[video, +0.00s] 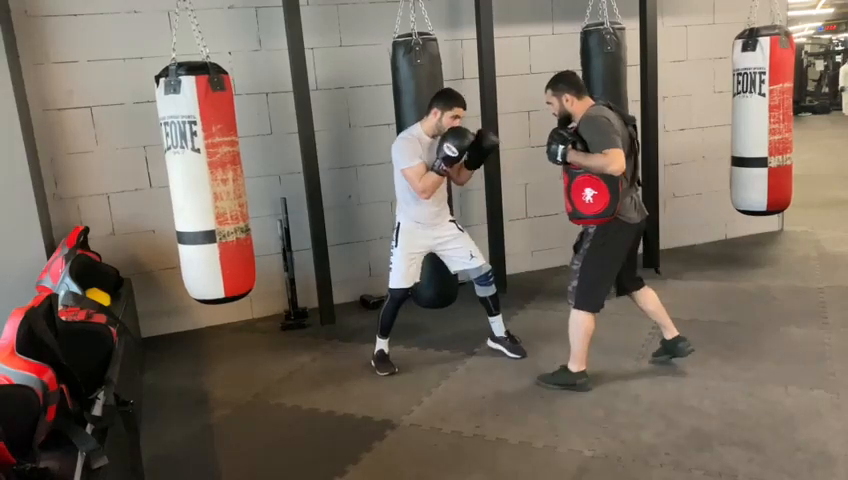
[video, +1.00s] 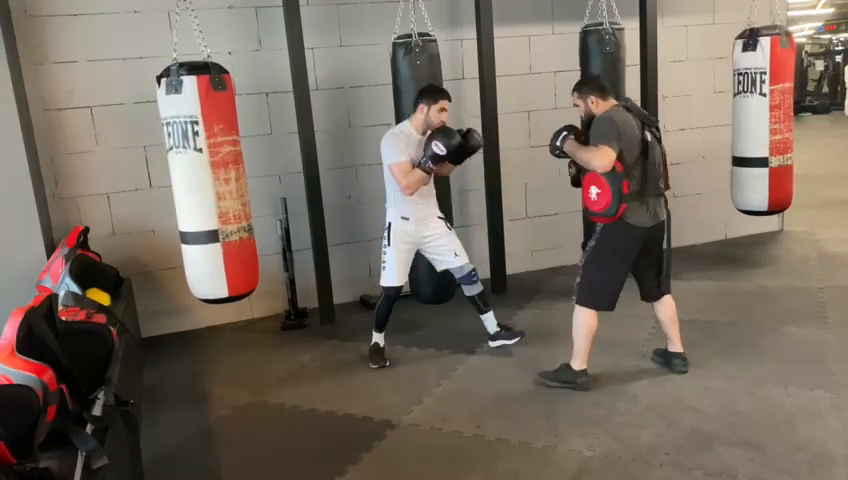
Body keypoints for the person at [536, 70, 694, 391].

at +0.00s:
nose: (551, 110)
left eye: (552, 103)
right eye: (549, 104)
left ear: (567, 98)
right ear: (575, 96)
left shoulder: (594, 121)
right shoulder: (602, 114)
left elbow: (614, 163)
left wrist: (571, 155)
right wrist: (576, 149)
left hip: (611, 221)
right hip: (630, 217)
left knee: (585, 292)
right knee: (630, 281)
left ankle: (576, 369)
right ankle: (674, 338)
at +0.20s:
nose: (542, 115)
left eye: (542, 108)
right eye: (539, 109)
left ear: (556, 102)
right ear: (563, 100)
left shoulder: (586, 121)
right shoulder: (593, 115)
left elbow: (612, 160)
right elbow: (619, 149)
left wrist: (567, 156)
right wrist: (568, 151)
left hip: (605, 221)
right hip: (622, 217)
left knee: (577, 294)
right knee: (625, 286)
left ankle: (575, 370)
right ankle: (654, 349)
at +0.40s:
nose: (542, 112)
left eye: (542, 105)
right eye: (540, 106)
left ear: (556, 99)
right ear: (562, 98)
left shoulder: (588, 114)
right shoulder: (579, 119)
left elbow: (617, 150)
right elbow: (594, 156)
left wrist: (568, 145)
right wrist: (556, 149)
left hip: (597, 221)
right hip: (611, 219)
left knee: (571, 293)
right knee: (624, 287)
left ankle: (574, 369)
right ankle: (653, 348)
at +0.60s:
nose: (540, 113)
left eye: (539, 106)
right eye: (537, 107)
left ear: (552, 99)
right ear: (560, 97)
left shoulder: (584, 115)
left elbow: (606, 151)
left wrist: (561, 146)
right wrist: (532, 191)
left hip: (595, 221)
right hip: (613, 217)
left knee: (570, 294)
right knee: (615, 283)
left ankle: (573, 368)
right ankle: (651, 344)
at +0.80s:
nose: (548, 114)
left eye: (548, 107)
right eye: (546, 108)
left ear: (560, 101)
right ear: (573, 97)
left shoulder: (583, 122)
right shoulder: (603, 114)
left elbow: (591, 163)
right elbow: (623, 156)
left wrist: (556, 154)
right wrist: (568, 152)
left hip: (604, 222)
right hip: (631, 217)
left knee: (580, 296)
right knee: (635, 284)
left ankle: (575, 370)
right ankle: (662, 346)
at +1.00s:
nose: (580, 112)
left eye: (580, 106)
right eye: (577, 106)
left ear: (592, 100)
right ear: (605, 95)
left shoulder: (607, 120)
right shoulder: (635, 114)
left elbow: (601, 161)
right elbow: (633, 162)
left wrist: (569, 144)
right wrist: (586, 161)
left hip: (622, 223)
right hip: (654, 219)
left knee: (588, 294)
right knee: (658, 288)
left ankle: (577, 368)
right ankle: (676, 353)